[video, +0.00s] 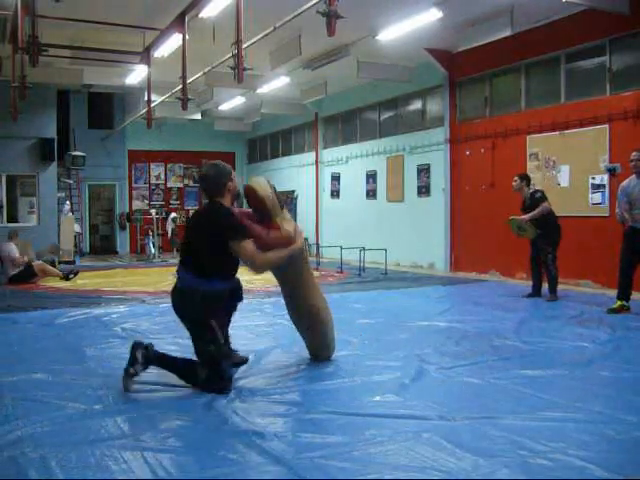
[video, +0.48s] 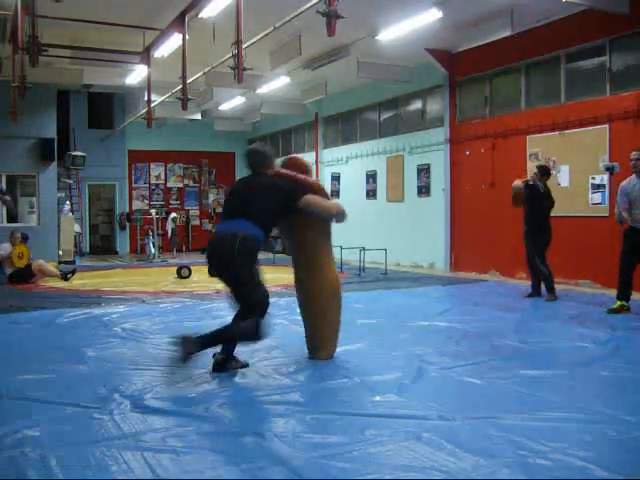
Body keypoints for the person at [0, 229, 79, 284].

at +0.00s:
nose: (18, 240)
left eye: (17, 238)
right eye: (17, 238)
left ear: (10, 237)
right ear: (14, 237)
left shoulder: (9, 246)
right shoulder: (10, 246)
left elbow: (16, 261)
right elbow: (16, 261)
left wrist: (23, 259)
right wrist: (25, 258)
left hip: (16, 275)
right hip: (13, 276)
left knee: (43, 270)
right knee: (40, 265)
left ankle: (64, 275)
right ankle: (63, 275)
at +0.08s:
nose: (20, 239)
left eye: (20, 237)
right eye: (18, 237)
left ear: (14, 237)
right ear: (12, 237)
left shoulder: (14, 247)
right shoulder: (7, 247)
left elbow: (15, 260)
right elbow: (8, 261)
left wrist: (23, 257)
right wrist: (20, 256)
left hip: (19, 274)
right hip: (13, 276)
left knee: (44, 271)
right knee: (39, 264)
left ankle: (65, 275)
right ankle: (63, 275)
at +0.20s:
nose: (18, 239)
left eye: (18, 237)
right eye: (16, 237)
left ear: (18, 238)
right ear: (11, 237)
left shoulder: (18, 247)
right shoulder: (6, 246)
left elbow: (23, 261)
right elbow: (3, 259)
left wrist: (25, 254)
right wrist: (15, 253)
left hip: (22, 274)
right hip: (13, 276)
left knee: (44, 270)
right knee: (38, 263)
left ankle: (64, 274)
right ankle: (62, 275)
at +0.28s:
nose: (16, 239)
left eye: (18, 237)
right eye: (14, 237)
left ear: (20, 238)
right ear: (11, 238)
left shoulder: (21, 248)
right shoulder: (6, 247)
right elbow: (3, 258)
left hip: (23, 275)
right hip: (12, 276)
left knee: (45, 270)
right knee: (39, 264)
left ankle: (63, 275)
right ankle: (62, 275)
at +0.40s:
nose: (16, 239)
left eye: (18, 237)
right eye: (15, 237)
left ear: (21, 238)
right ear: (11, 238)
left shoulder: (22, 247)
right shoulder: (6, 247)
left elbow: (31, 240)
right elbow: (2, 257)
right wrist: (10, 248)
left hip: (23, 274)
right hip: (12, 276)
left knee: (44, 269)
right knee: (39, 264)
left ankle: (63, 274)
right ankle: (61, 275)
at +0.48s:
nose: (18, 240)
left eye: (19, 238)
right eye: (16, 238)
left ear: (21, 239)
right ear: (11, 239)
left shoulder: (23, 248)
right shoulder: (6, 247)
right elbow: (2, 258)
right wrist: (9, 254)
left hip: (24, 273)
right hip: (13, 275)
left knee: (45, 269)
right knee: (39, 264)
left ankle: (63, 274)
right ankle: (61, 275)